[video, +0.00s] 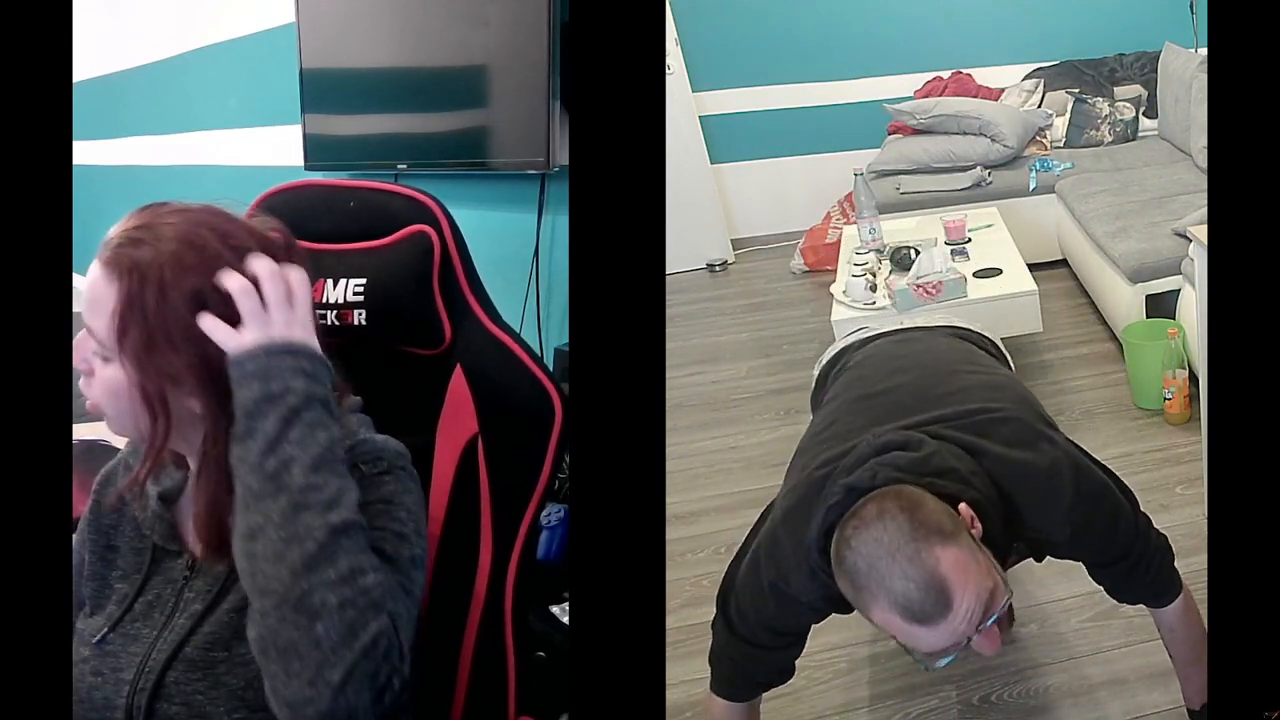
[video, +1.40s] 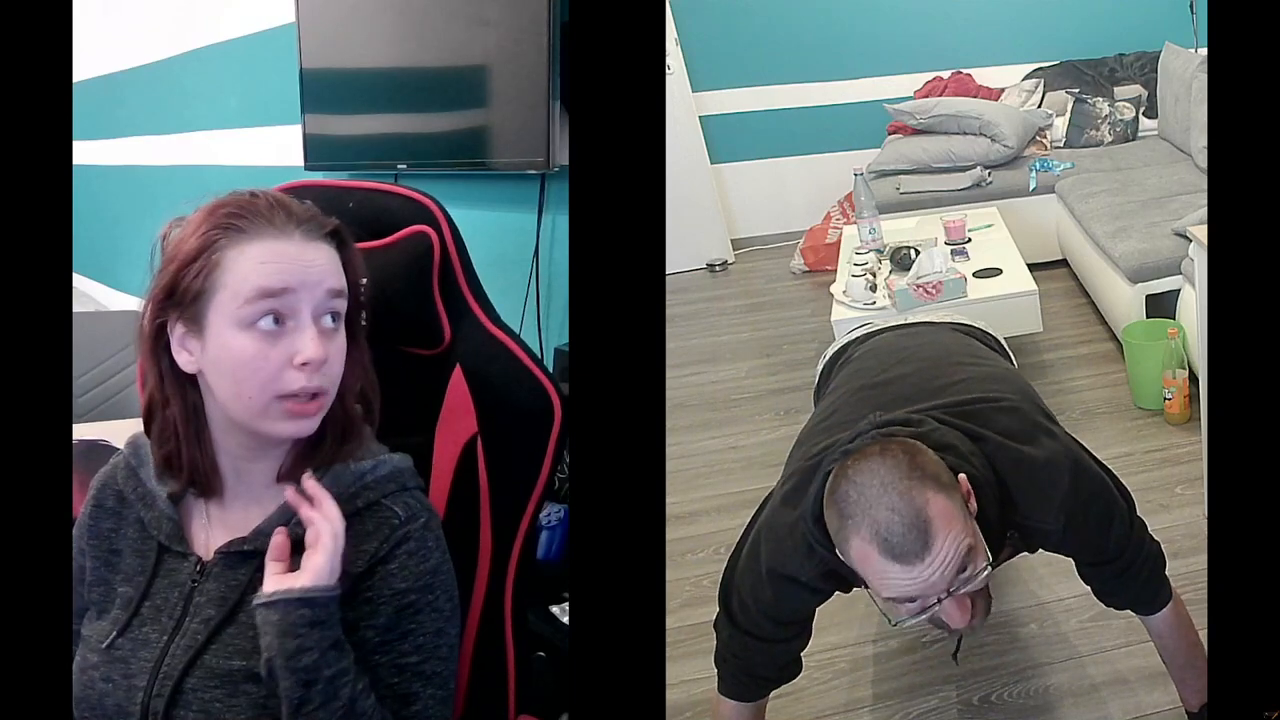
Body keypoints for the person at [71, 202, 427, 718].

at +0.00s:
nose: (77, 362)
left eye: (101, 351)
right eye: (85, 335)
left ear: (187, 373)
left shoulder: (364, 478)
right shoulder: (125, 484)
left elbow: (335, 695)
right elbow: (82, 641)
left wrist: (282, 389)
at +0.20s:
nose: (82, 354)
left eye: (115, 342)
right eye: (96, 327)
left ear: (209, 369)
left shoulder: (368, 483)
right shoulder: (127, 487)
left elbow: (349, 704)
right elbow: (80, 641)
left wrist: (301, 426)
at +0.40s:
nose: (98, 348)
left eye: (133, 337)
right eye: (113, 319)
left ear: (225, 369)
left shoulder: (381, 494)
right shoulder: (135, 486)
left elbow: (367, 709)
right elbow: (75, 648)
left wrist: (304, 491)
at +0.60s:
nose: (114, 339)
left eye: (156, 326)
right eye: (130, 309)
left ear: (255, 361)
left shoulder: (387, 506)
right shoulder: (136, 488)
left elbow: (380, 716)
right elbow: (75, 658)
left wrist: (298, 539)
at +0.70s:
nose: (199, 335)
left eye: (246, 311)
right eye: (179, 306)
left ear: (318, 339)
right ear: (155, 329)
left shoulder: (386, 506)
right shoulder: (134, 486)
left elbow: (397, 711)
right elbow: (76, 659)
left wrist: (295, 572)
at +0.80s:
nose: (268, 328)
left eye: (297, 301)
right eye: (231, 302)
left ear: (333, 331)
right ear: (173, 339)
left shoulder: (391, 514)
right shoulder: (130, 491)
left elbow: (410, 710)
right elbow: (77, 660)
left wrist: (299, 595)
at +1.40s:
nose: (314, 353)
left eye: (331, 317)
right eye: (271, 320)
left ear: (348, 333)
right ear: (186, 342)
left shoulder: (389, 522)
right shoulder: (122, 493)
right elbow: (80, 676)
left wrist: (304, 634)